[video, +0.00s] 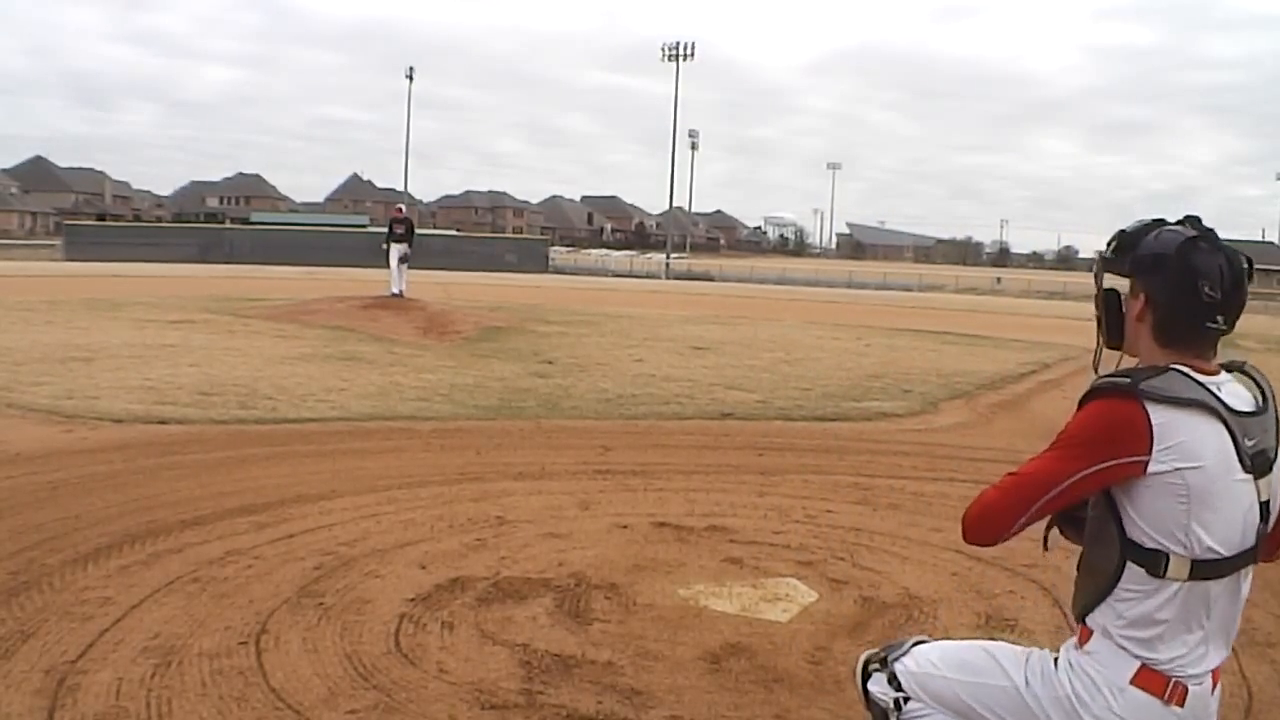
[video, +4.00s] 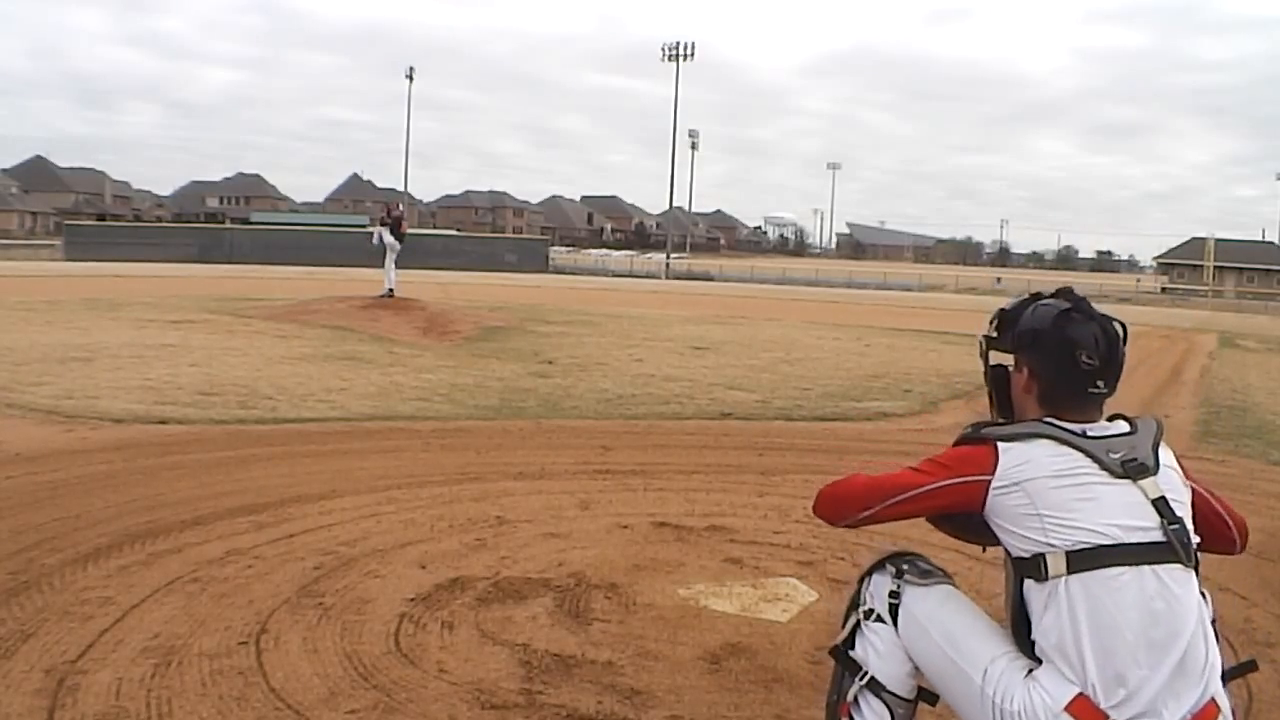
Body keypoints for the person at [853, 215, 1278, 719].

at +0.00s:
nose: (1118, 303)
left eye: (1125, 290)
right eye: (1123, 288)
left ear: (1140, 304)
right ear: (1217, 313)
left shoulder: (1130, 408)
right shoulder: (1253, 395)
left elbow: (980, 525)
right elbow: (1270, 542)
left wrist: (1066, 494)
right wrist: (1104, 527)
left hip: (1116, 695)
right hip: (1202, 697)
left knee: (890, 675)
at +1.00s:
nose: (1111, 355)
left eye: (1114, 344)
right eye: (1112, 342)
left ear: (1130, 359)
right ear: (1215, 358)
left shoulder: (1110, 455)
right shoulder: (1261, 429)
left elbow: (1036, 644)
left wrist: (1033, 575)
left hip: (1168, 714)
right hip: (1265, 706)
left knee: (943, 641)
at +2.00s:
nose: (1103, 360)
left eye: (1108, 348)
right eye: (1106, 346)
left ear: (1126, 362)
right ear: (1208, 366)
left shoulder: (1099, 456)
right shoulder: (1252, 433)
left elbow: (1033, 648)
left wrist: (1021, 561)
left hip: (1163, 717)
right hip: (1262, 708)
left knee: (942, 641)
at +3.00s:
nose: (1147, 351)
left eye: (1154, 339)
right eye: (1151, 338)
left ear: (1171, 352)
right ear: (1246, 360)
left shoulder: (1149, 437)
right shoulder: (1272, 429)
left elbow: (977, 529)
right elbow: (1123, 527)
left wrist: (1047, 480)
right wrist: (1059, 485)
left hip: (1180, 708)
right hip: (1268, 703)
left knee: (974, 590)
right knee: (1133, 640)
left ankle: (1018, 709)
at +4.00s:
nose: (1008, 375)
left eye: (1011, 363)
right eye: (1010, 362)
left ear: (1026, 378)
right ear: (1100, 380)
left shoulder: (1003, 457)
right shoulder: (1153, 451)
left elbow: (832, 504)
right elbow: (1232, 535)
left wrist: (929, 486)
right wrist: (1131, 501)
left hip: (1081, 710)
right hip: (1202, 709)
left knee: (893, 583)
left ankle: (868, 707)